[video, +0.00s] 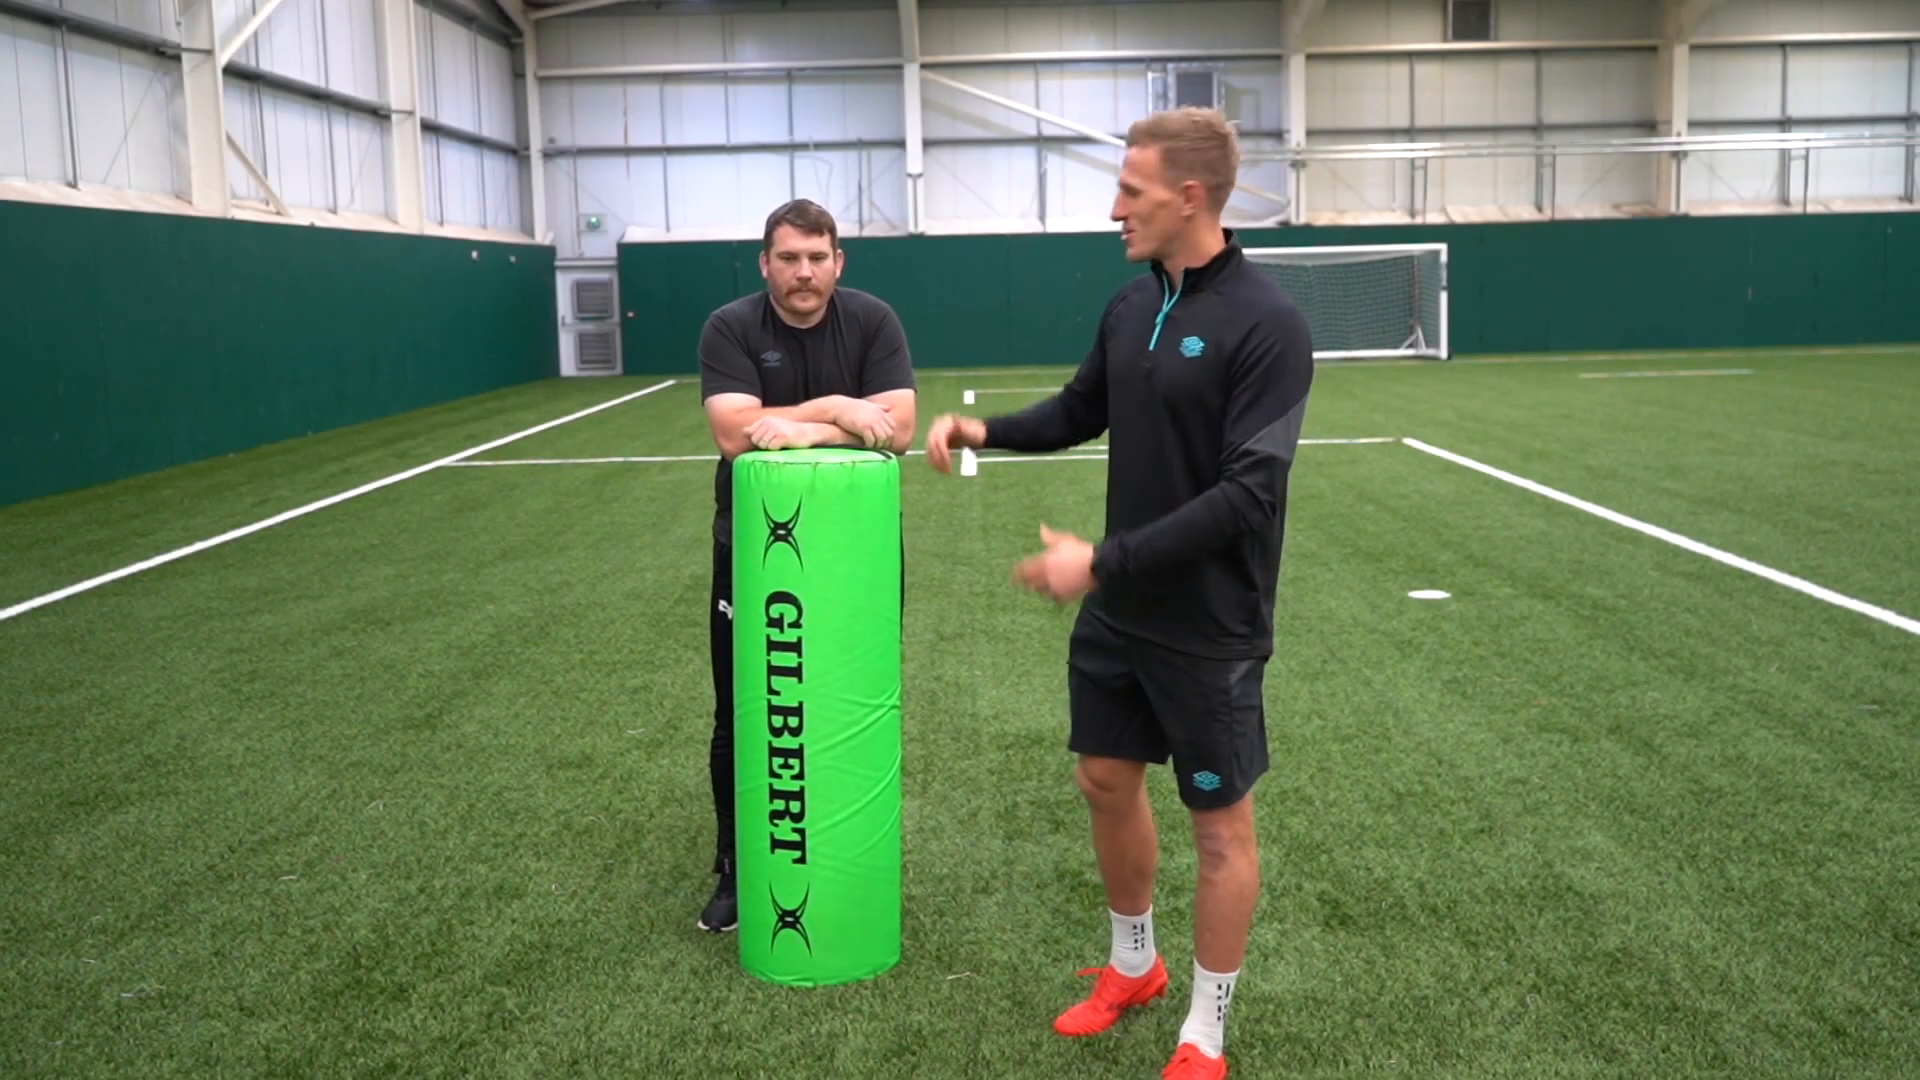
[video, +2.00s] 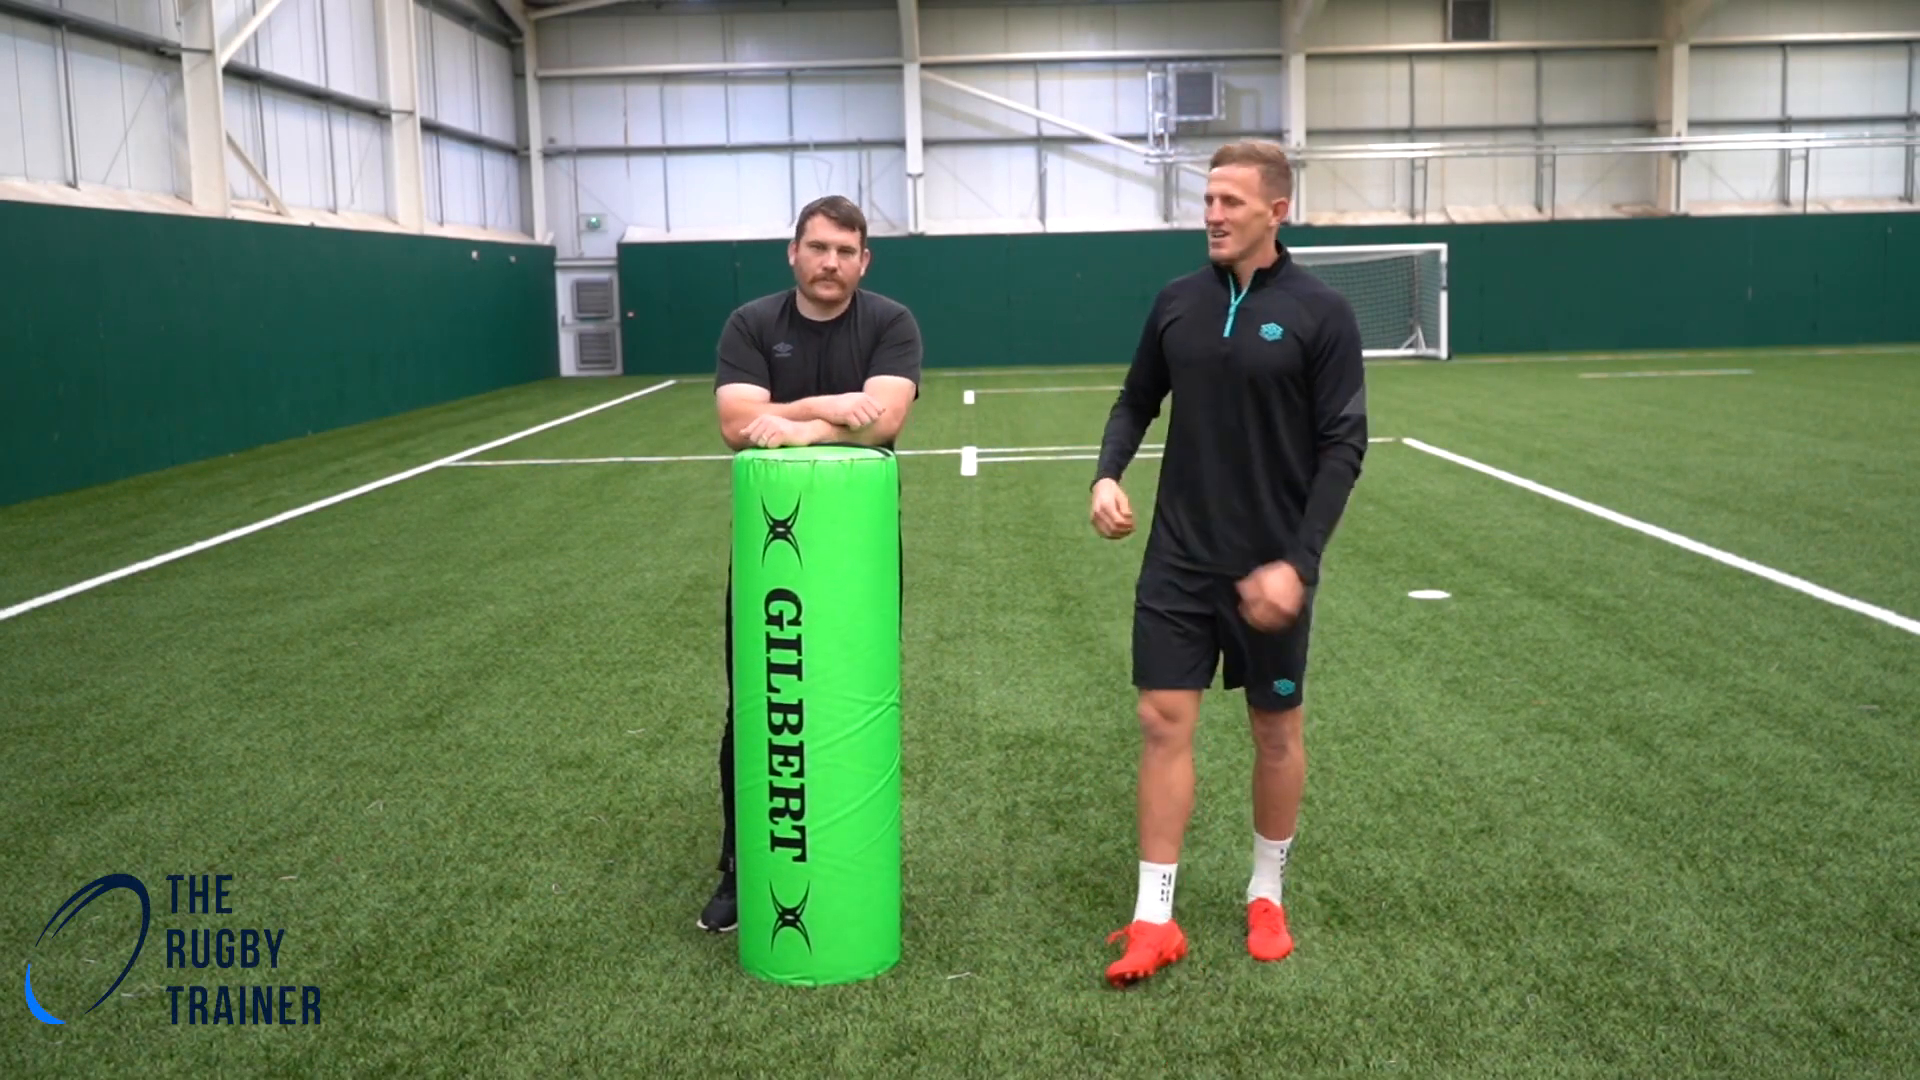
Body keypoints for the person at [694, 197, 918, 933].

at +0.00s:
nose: (804, 273)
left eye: (817, 258)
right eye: (789, 259)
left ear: (837, 260)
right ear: (765, 264)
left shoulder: (873, 320)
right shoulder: (732, 327)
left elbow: (899, 428)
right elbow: (734, 434)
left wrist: (795, 426)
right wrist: (842, 410)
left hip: (851, 550)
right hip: (754, 550)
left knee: (849, 716)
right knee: (742, 713)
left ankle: (846, 880)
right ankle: (736, 874)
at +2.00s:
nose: (829, 262)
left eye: (845, 251)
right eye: (817, 248)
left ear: (864, 260)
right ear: (794, 253)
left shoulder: (891, 323)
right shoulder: (752, 323)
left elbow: (884, 418)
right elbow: (736, 425)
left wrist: (784, 419)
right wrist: (842, 409)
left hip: (858, 546)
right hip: (768, 546)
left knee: (853, 714)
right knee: (752, 710)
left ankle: (848, 881)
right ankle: (740, 871)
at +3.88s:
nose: (776, 254)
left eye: (775, 242)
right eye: (760, 246)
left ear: (768, 249)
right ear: (712, 259)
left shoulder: (795, 315)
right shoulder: (664, 336)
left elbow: (836, 409)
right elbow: (679, 446)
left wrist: (742, 422)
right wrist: (789, 414)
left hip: (791, 555)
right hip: (701, 559)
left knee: (797, 713)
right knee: (701, 722)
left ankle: (803, 867)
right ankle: (711, 874)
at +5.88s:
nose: (822, 277)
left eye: (833, 264)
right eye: (807, 263)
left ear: (845, 263)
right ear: (772, 261)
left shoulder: (868, 321)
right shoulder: (730, 328)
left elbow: (884, 425)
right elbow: (730, 433)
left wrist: (783, 423)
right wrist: (833, 408)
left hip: (842, 554)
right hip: (746, 552)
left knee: (837, 715)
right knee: (728, 713)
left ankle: (831, 877)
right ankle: (716, 870)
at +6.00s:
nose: (823, 276)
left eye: (834, 263)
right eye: (808, 263)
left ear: (845, 264)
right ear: (772, 260)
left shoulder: (867, 322)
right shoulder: (729, 327)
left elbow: (883, 425)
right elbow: (728, 433)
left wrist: (781, 423)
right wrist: (832, 408)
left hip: (840, 554)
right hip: (745, 551)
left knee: (836, 714)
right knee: (728, 712)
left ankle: (832, 877)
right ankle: (716, 870)